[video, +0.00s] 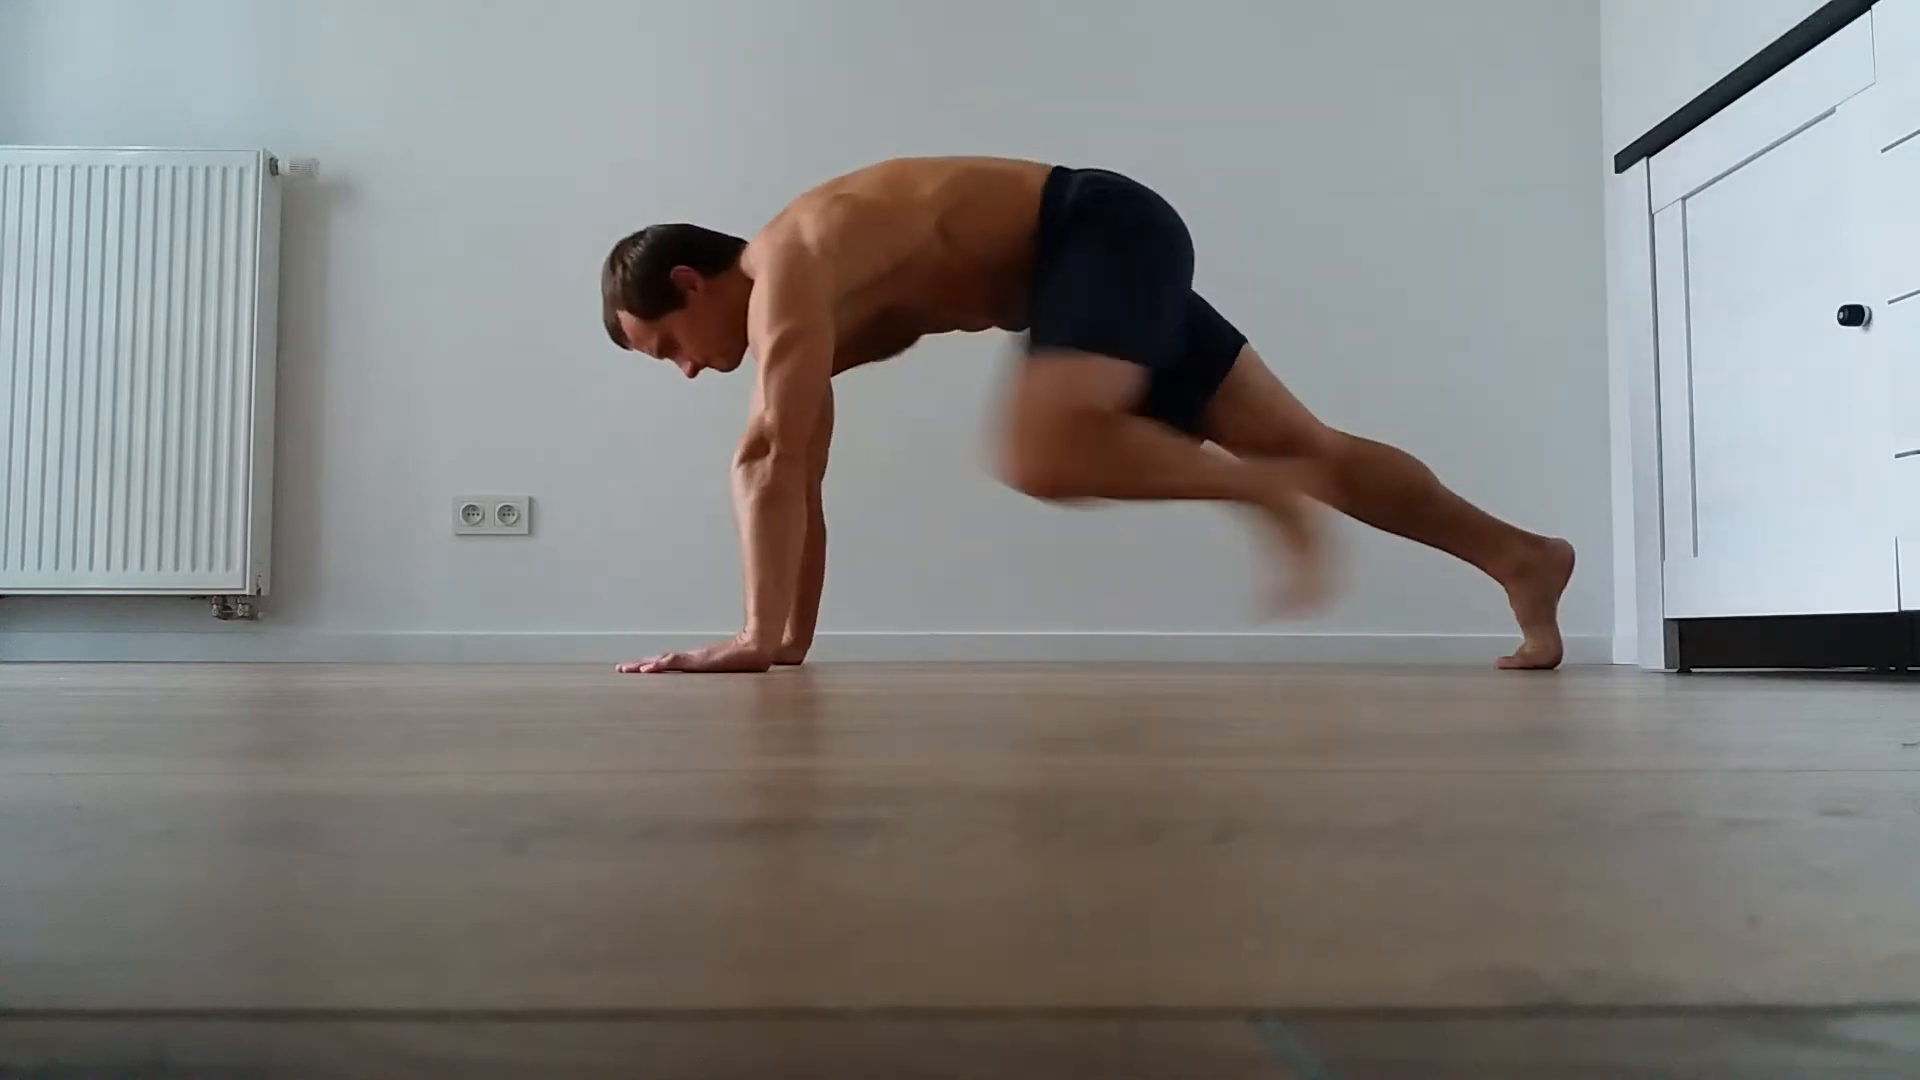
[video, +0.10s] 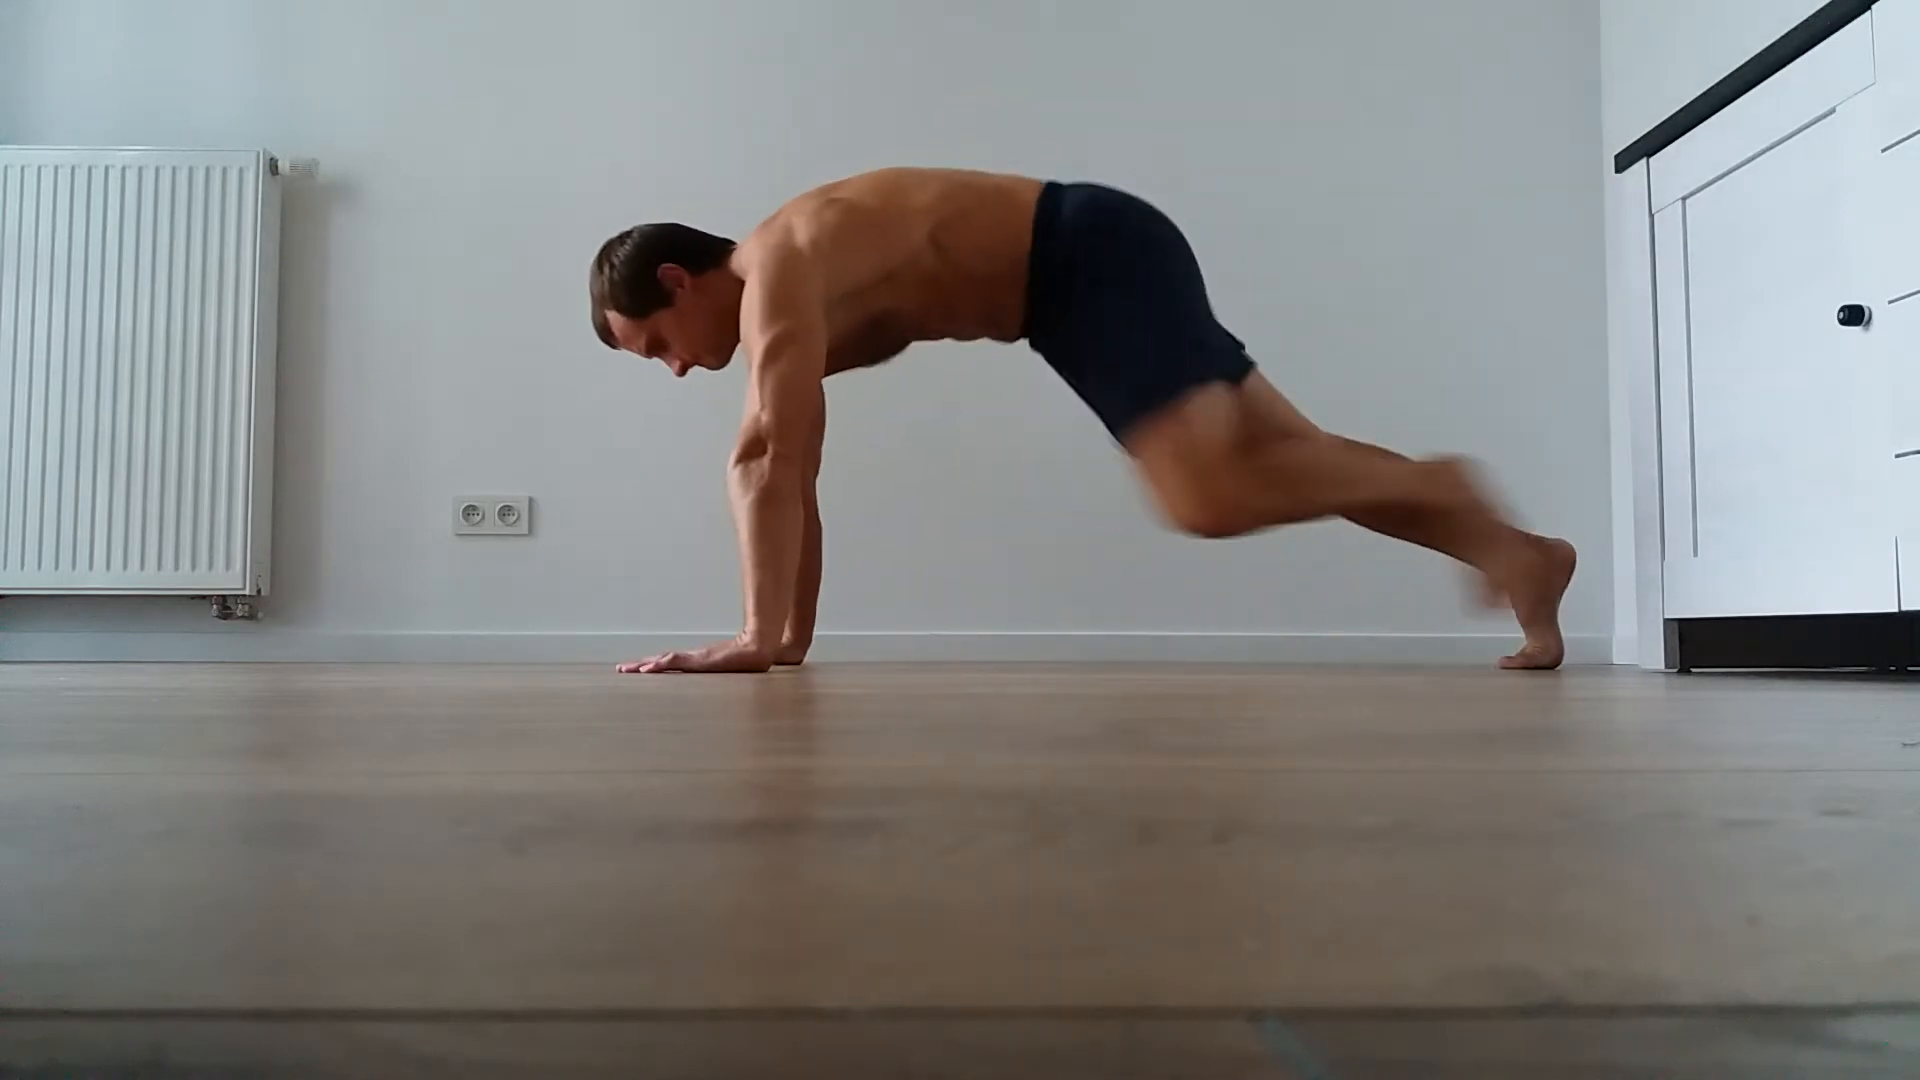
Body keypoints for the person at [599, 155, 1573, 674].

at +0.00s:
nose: (679, 364)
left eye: (663, 345)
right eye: (662, 353)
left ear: (689, 288)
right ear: (698, 288)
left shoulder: (789, 267)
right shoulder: (796, 293)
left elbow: (768, 461)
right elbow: (797, 476)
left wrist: (762, 631)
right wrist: (794, 637)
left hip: (1101, 237)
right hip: (1102, 260)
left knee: (1045, 454)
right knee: (1301, 454)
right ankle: (1522, 557)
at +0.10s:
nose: (668, 363)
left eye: (653, 344)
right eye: (651, 352)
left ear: (675, 289)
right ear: (682, 283)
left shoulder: (780, 272)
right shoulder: (779, 287)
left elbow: (774, 468)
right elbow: (779, 475)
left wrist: (763, 637)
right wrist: (788, 641)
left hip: (1087, 260)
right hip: (1080, 278)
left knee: (1209, 491)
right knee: (1281, 455)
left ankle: (1436, 481)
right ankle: (1515, 562)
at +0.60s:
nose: (646, 358)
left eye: (630, 336)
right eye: (630, 346)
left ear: (654, 282)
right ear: (661, 281)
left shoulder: (770, 274)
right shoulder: (768, 286)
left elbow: (756, 466)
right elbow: (783, 478)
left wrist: (757, 639)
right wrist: (790, 639)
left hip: (1091, 330)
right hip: (1074, 350)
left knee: (1324, 479)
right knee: (1309, 481)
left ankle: (1588, 543)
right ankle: (1554, 552)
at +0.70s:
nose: (646, 359)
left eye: (629, 336)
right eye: (630, 347)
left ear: (652, 283)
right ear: (663, 278)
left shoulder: (768, 273)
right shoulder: (771, 286)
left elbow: (754, 465)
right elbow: (785, 477)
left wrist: (757, 638)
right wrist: (790, 637)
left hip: (1091, 335)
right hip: (1079, 352)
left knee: (1328, 484)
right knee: (1322, 482)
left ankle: (1584, 549)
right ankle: (1564, 561)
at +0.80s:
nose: (648, 359)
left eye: (632, 337)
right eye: (632, 347)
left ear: (655, 284)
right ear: (664, 282)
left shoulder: (769, 270)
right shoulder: (770, 288)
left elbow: (754, 464)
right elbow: (784, 478)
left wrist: (756, 638)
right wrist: (787, 640)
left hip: (1096, 337)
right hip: (1078, 361)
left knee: (1331, 481)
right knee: (1321, 485)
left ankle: (1585, 548)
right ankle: (1561, 567)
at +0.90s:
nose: (655, 350)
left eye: (640, 327)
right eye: (639, 339)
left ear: (664, 270)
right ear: (673, 273)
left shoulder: (768, 268)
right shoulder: (772, 286)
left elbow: (758, 467)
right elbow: (772, 473)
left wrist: (762, 636)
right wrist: (781, 634)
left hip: (1101, 333)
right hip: (1085, 355)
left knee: (1344, 473)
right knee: (1327, 487)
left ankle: (1596, 540)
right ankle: (1562, 571)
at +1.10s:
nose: (635, 419)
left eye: (621, 400)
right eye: (619, 410)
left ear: (647, 345)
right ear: (653, 348)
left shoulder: (753, 323)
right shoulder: (763, 338)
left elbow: (762, 470)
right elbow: (789, 490)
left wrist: (756, 636)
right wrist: (788, 635)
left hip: (1084, 404)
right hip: (1079, 405)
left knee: (1346, 511)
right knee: (1344, 504)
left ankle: (1599, 557)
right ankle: (1590, 555)